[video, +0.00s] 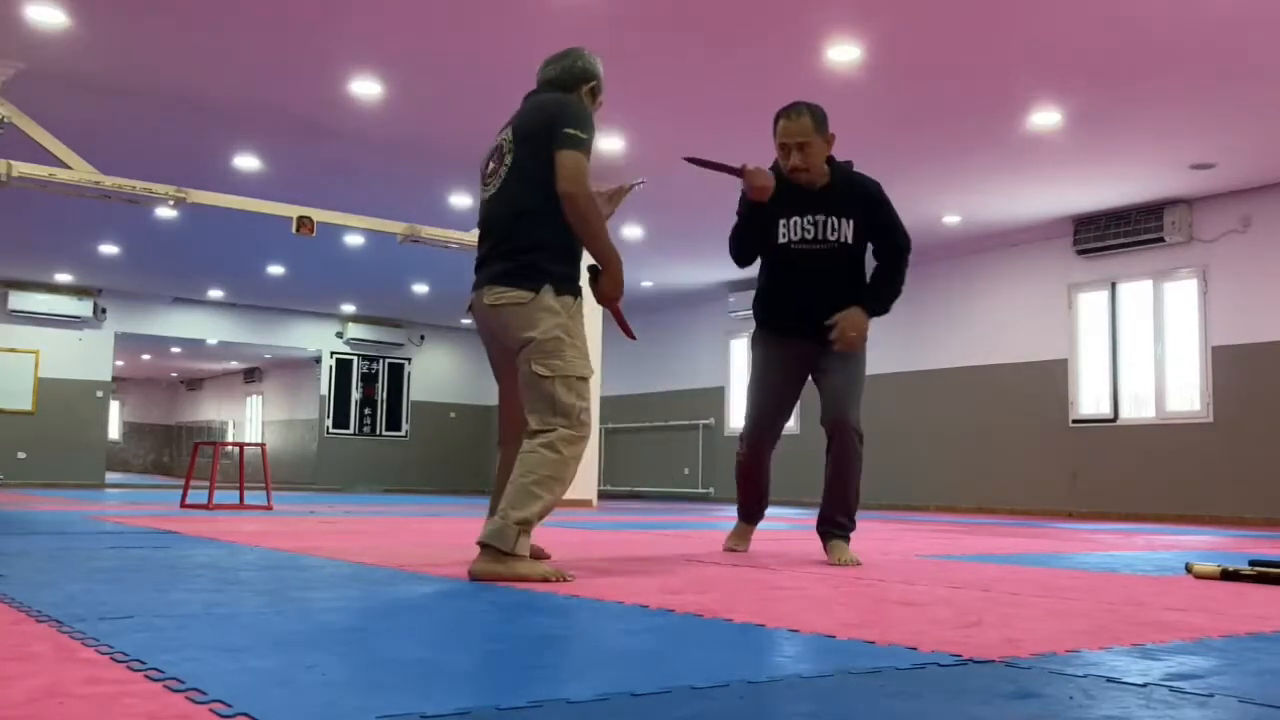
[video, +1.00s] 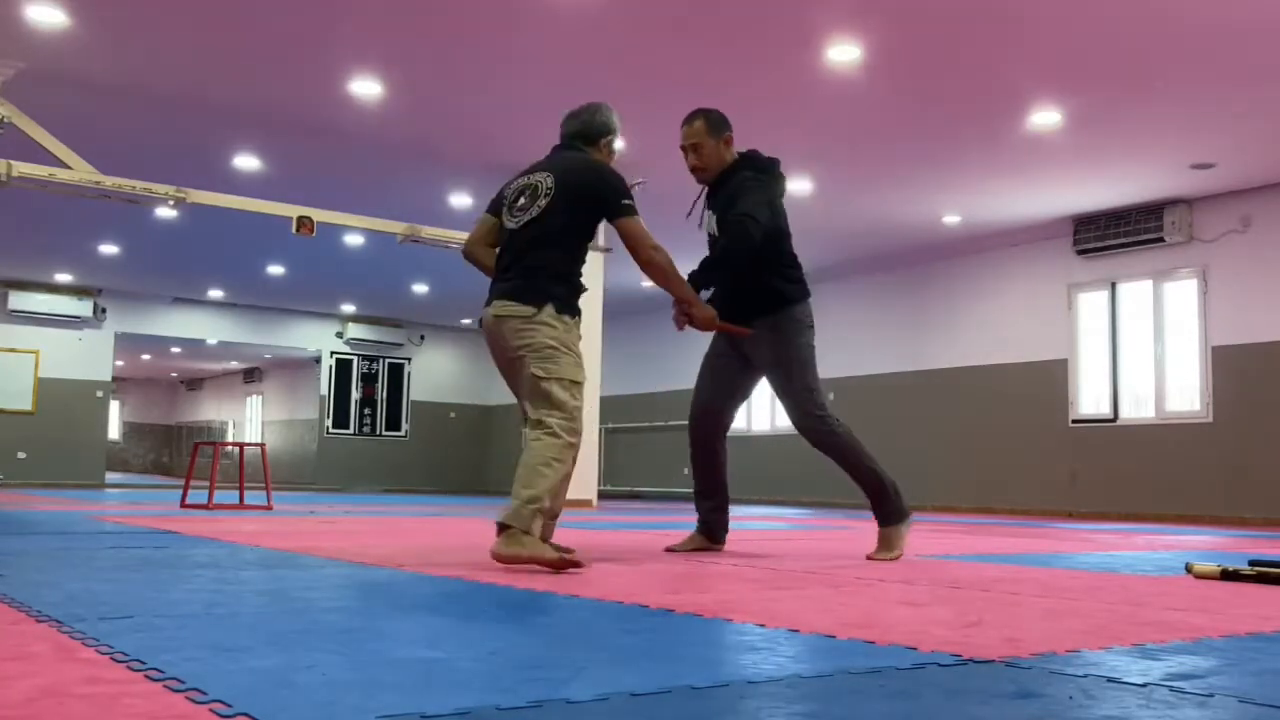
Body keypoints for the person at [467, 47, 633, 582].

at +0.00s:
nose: (598, 109)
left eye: (599, 101)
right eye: (598, 99)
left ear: (545, 84)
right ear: (588, 90)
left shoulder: (514, 128)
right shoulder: (569, 111)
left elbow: (528, 217)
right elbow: (573, 191)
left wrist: (588, 213)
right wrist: (611, 264)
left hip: (494, 296)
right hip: (537, 295)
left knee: (519, 428)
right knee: (565, 425)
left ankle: (507, 543)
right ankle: (503, 549)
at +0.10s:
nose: (603, 142)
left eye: (606, 132)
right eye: (605, 128)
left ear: (575, 113)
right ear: (592, 115)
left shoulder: (555, 169)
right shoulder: (549, 125)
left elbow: (584, 263)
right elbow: (532, 187)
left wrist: (617, 216)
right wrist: (583, 260)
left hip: (515, 303)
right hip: (520, 302)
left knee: (529, 422)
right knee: (552, 422)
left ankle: (522, 526)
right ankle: (501, 550)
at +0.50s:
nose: (631, 185)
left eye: (635, 177)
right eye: (629, 171)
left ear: (605, 165)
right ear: (603, 158)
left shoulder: (593, 232)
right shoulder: (535, 171)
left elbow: (640, 292)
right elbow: (463, 204)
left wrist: (687, 241)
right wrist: (502, 255)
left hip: (529, 336)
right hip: (482, 316)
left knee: (572, 430)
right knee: (501, 411)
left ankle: (527, 537)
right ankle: (449, 544)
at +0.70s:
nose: (627, 189)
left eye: (632, 181)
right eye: (628, 176)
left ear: (607, 167)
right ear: (607, 162)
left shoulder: (586, 234)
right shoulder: (544, 174)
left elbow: (613, 304)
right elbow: (475, 193)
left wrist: (672, 276)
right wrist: (516, 250)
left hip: (529, 337)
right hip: (491, 322)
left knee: (571, 425)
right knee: (507, 422)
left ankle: (529, 533)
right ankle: (450, 544)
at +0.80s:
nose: (623, 184)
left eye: (627, 175)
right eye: (623, 171)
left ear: (588, 156)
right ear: (605, 159)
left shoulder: (557, 188)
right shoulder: (575, 178)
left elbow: (528, 276)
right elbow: (553, 227)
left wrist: (580, 305)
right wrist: (606, 278)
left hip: (528, 329)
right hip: (510, 322)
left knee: (567, 427)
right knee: (507, 428)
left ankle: (530, 535)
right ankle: (453, 541)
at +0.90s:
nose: (617, 166)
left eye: (619, 158)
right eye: (618, 157)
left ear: (569, 146)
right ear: (604, 150)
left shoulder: (528, 180)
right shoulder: (594, 179)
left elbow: (472, 249)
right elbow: (642, 256)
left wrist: (520, 283)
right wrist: (697, 300)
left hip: (496, 316)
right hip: (528, 318)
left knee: (567, 424)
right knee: (532, 423)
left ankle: (529, 535)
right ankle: (466, 527)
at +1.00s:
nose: (614, 157)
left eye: (614, 149)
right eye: (614, 149)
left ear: (566, 138)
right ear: (603, 144)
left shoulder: (525, 178)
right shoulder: (600, 176)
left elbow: (475, 246)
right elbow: (646, 252)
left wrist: (520, 277)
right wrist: (693, 302)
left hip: (501, 313)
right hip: (542, 315)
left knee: (545, 423)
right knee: (559, 425)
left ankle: (536, 535)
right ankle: (519, 535)